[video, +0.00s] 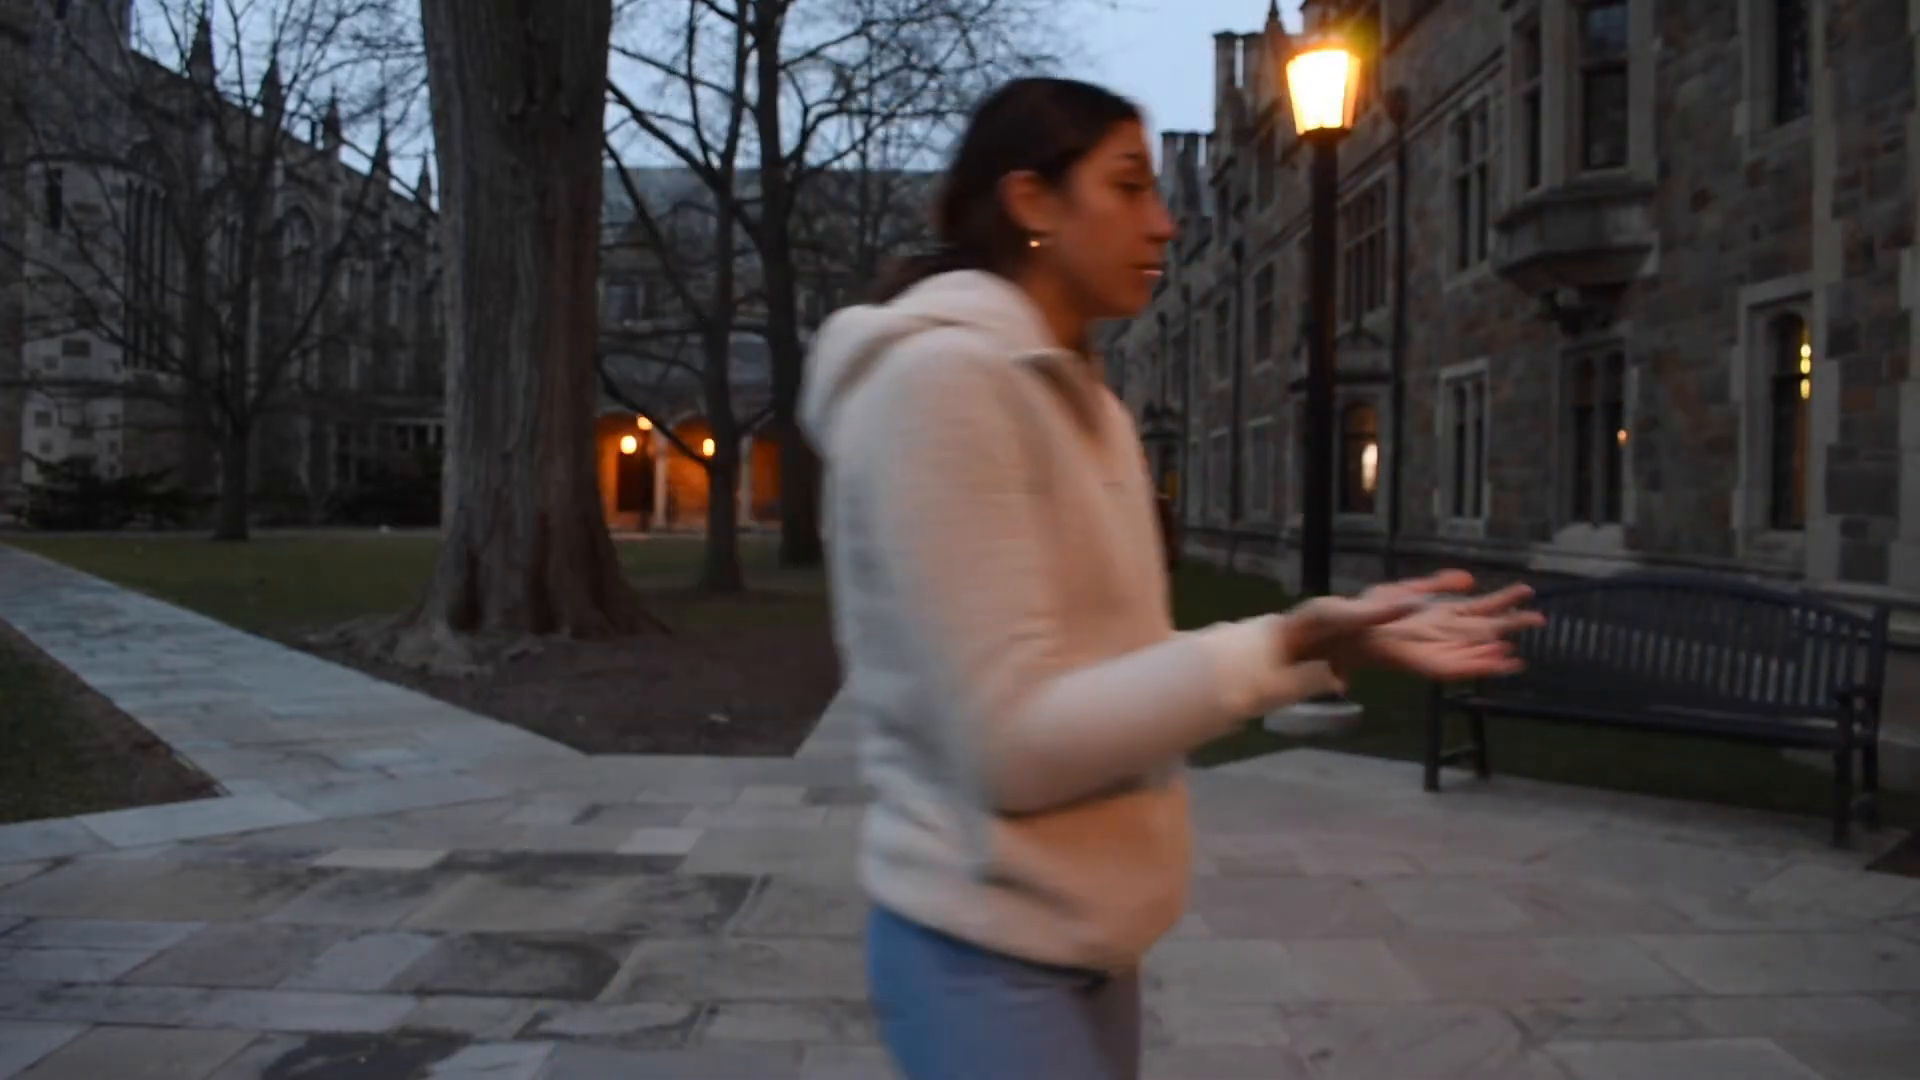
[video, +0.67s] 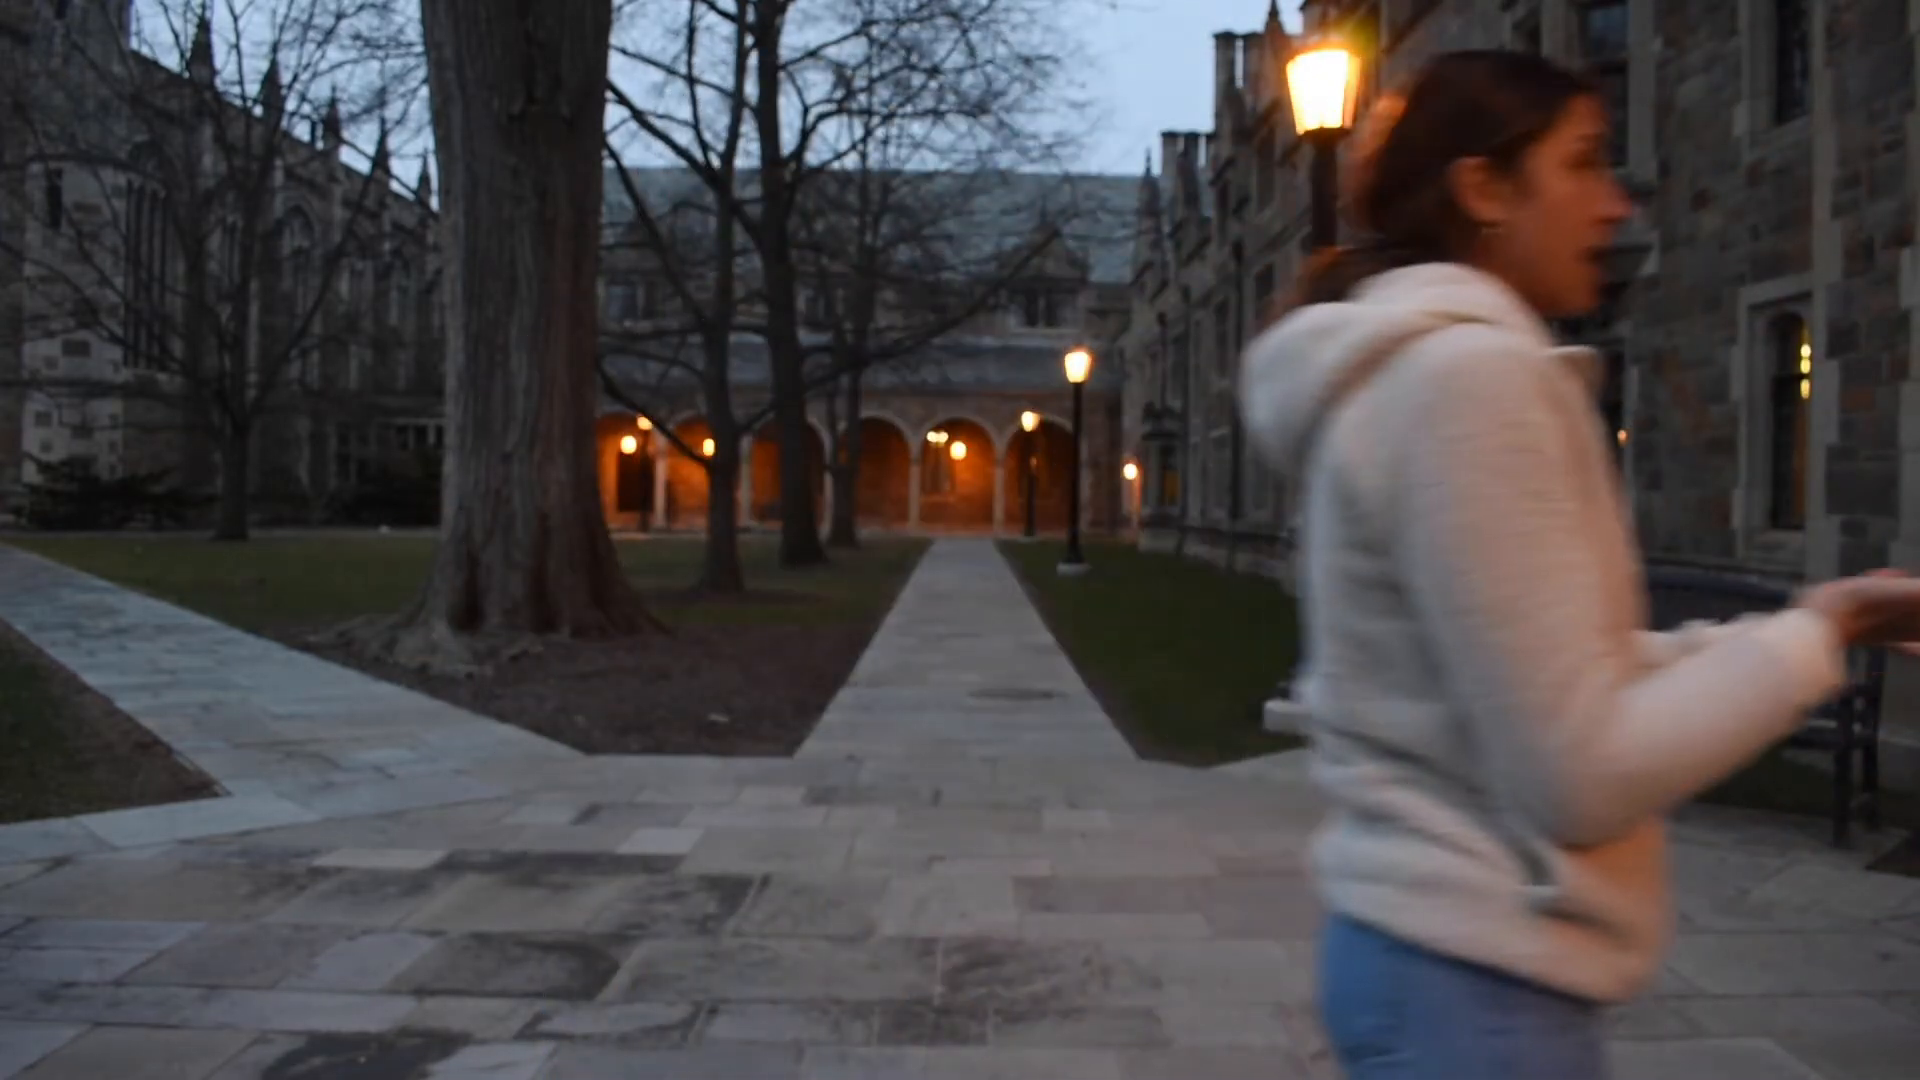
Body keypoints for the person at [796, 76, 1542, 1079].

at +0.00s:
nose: (1165, 224)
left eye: (1156, 191)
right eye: (1130, 187)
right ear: (1031, 204)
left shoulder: (1070, 392)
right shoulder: (941, 381)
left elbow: (1095, 684)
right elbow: (1010, 743)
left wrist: (1337, 645)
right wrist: (1292, 643)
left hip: (1076, 950)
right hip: (982, 963)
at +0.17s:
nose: (1259, 230)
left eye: (1252, 195)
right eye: (1228, 189)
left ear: (1141, 210)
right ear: (1131, 202)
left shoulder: (1100, 368)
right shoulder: (1069, 372)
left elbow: (1155, 702)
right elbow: (1135, 745)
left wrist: (1400, 649)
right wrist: (1397, 650)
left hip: (1089, 954)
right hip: (1068, 965)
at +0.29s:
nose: (1338, 234)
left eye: (1332, 200)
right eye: (1311, 194)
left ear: (1221, 208)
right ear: (1213, 204)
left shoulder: (1167, 368)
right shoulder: (1165, 375)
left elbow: (1258, 686)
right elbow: (1235, 755)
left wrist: (1494, 658)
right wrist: (1493, 659)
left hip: (1150, 964)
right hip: (1152, 976)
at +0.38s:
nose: (1395, 239)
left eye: (1387, 201)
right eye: (1366, 197)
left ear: (1277, 210)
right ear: (1268, 206)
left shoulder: (1223, 373)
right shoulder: (1233, 385)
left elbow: (1322, 687)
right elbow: (1307, 772)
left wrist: (1562, 662)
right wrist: (1556, 668)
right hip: (1220, 988)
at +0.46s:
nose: (1454, 230)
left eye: (1447, 191)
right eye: (1428, 189)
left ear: (1336, 206)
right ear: (1328, 204)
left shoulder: (1285, 379)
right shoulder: (1306, 390)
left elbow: (1408, 682)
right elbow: (1392, 777)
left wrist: (1641, 655)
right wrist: (1634, 667)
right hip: (1300, 984)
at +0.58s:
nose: (1557, 210)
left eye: (1544, 173)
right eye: (1524, 169)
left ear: (1430, 195)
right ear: (1424, 191)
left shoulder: (1364, 362)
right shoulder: (1412, 374)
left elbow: (1519, 676)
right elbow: (1508, 771)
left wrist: (1755, 631)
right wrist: (1750, 645)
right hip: (1415, 981)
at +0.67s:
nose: (1618, 205)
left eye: (1606, 167)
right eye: (1586, 165)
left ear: (1486, 194)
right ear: (1483, 189)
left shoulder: (1432, 361)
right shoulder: (1471, 375)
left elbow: (1580, 676)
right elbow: (1577, 772)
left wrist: (1809, 625)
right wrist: (1810, 640)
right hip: (1474, 986)